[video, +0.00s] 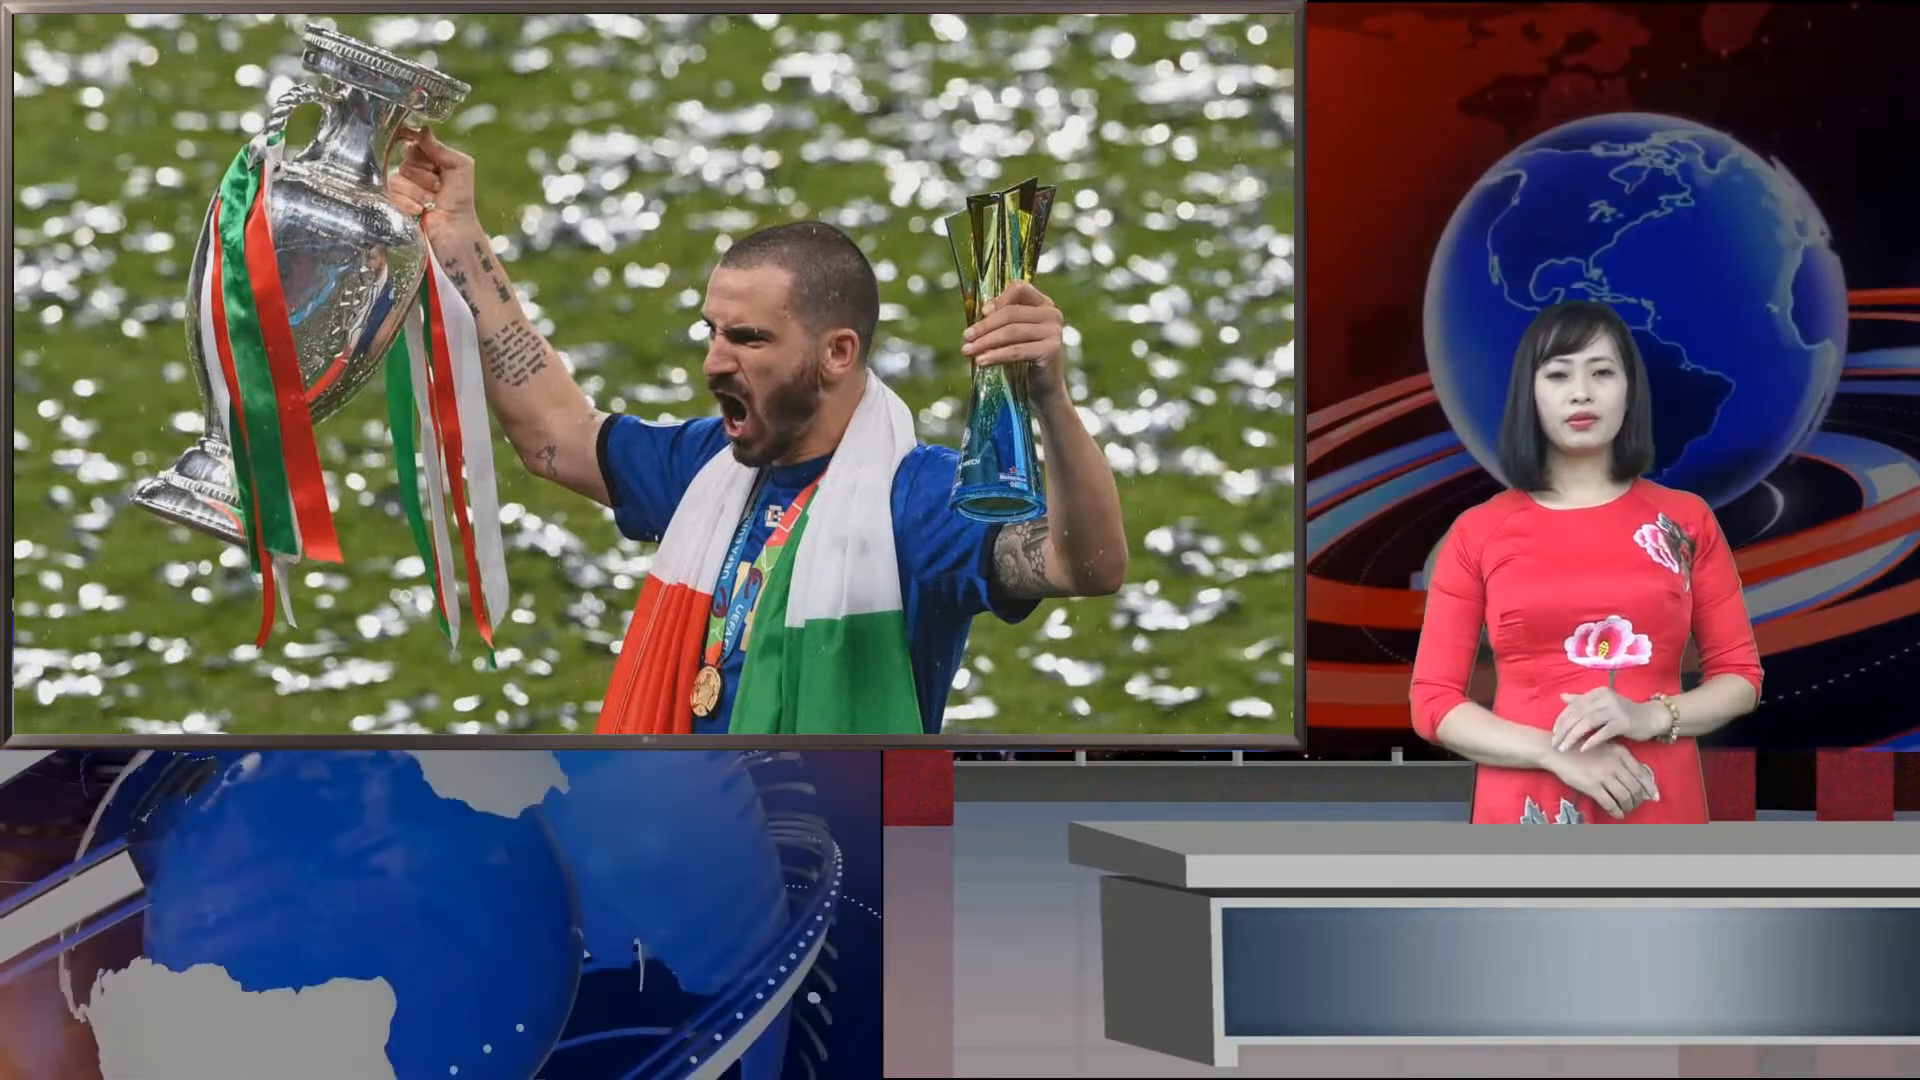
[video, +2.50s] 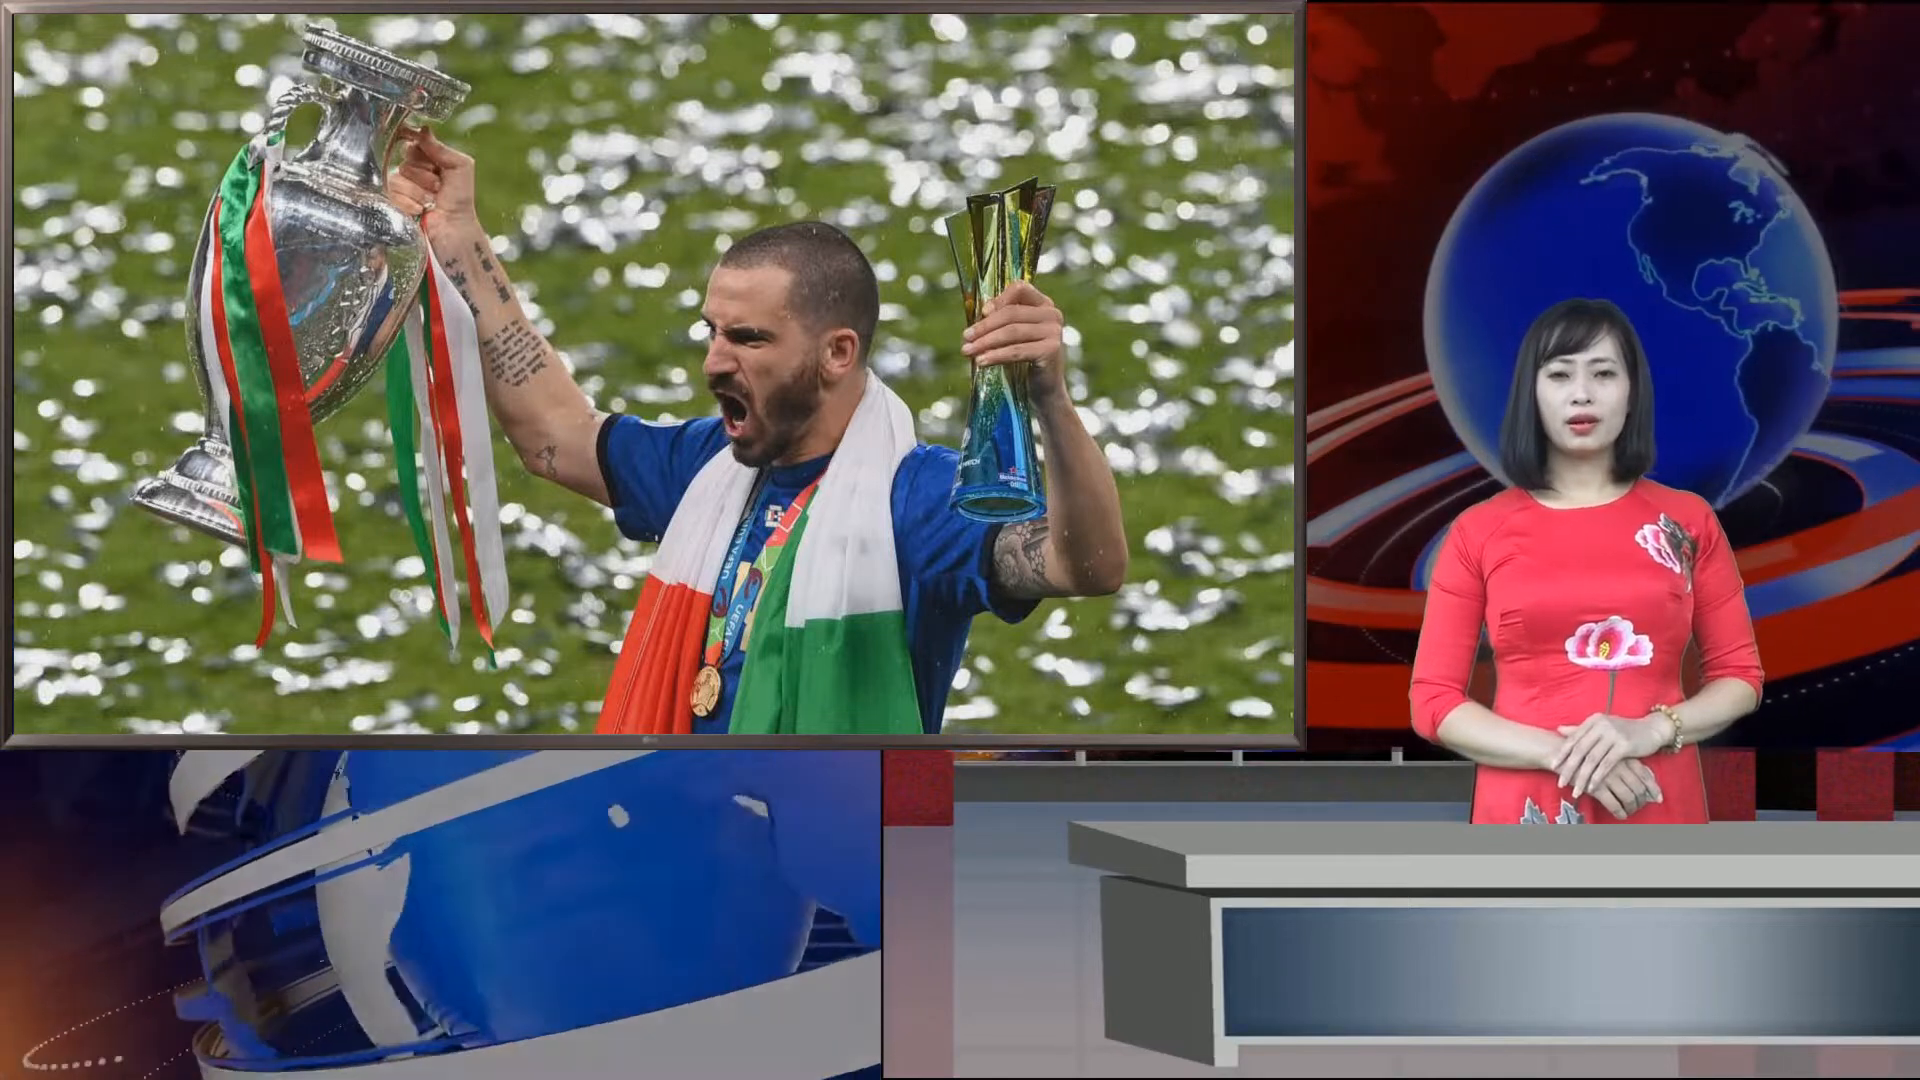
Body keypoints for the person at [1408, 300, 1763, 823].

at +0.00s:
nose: (1581, 392)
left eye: (1602, 372)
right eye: (1559, 374)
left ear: (1629, 391)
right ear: (1531, 393)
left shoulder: (1685, 521)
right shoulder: (1479, 534)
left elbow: (1740, 679)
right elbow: (1433, 701)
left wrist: (1650, 717)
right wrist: (1555, 752)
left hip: (1662, 822)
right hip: (1523, 822)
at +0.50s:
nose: (1580, 394)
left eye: (1601, 374)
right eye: (1558, 375)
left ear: (1628, 391)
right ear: (1530, 393)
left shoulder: (1684, 521)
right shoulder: (1479, 533)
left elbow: (1738, 679)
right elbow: (1432, 702)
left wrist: (1650, 728)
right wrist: (1567, 753)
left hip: (1662, 823)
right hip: (1521, 824)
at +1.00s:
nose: (1581, 393)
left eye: (1602, 374)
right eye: (1559, 376)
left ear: (1630, 392)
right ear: (1531, 394)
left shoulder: (1685, 520)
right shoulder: (1479, 533)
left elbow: (1739, 679)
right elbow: (1433, 701)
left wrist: (1650, 728)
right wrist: (1566, 752)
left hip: (1661, 824)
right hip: (1521, 824)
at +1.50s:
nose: (1579, 393)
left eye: (1601, 374)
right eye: (1558, 375)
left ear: (1628, 392)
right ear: (1530, 393)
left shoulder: (1683, 521)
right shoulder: (1478, 533)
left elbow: (1737, 679)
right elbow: (1432, 701)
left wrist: (1650, 727)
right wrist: (1565, 751)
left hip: (1661, 823)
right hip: (1521, 824)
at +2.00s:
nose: (1580, 394)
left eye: (1601, 375)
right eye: (1558, 376)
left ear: (1629, 391)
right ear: (1530, 394)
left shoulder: (1685, 522)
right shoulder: (1479, 533)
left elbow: (1737, 680)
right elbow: (1432, 701)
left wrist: (1650, 728)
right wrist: (1566, 752)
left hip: (1661, 823)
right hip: (1521, 824)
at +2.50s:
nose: (1581, 393)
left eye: (1603, 374)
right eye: (1560, 375)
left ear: (1632, 392)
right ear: (1532, 392)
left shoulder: (1687, 522)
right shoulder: (1479, 533)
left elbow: (1740, 680)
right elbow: (1433, 701)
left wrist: (1653, 729)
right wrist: (1568, 753)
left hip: (1663, 824)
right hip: (1522, 825)